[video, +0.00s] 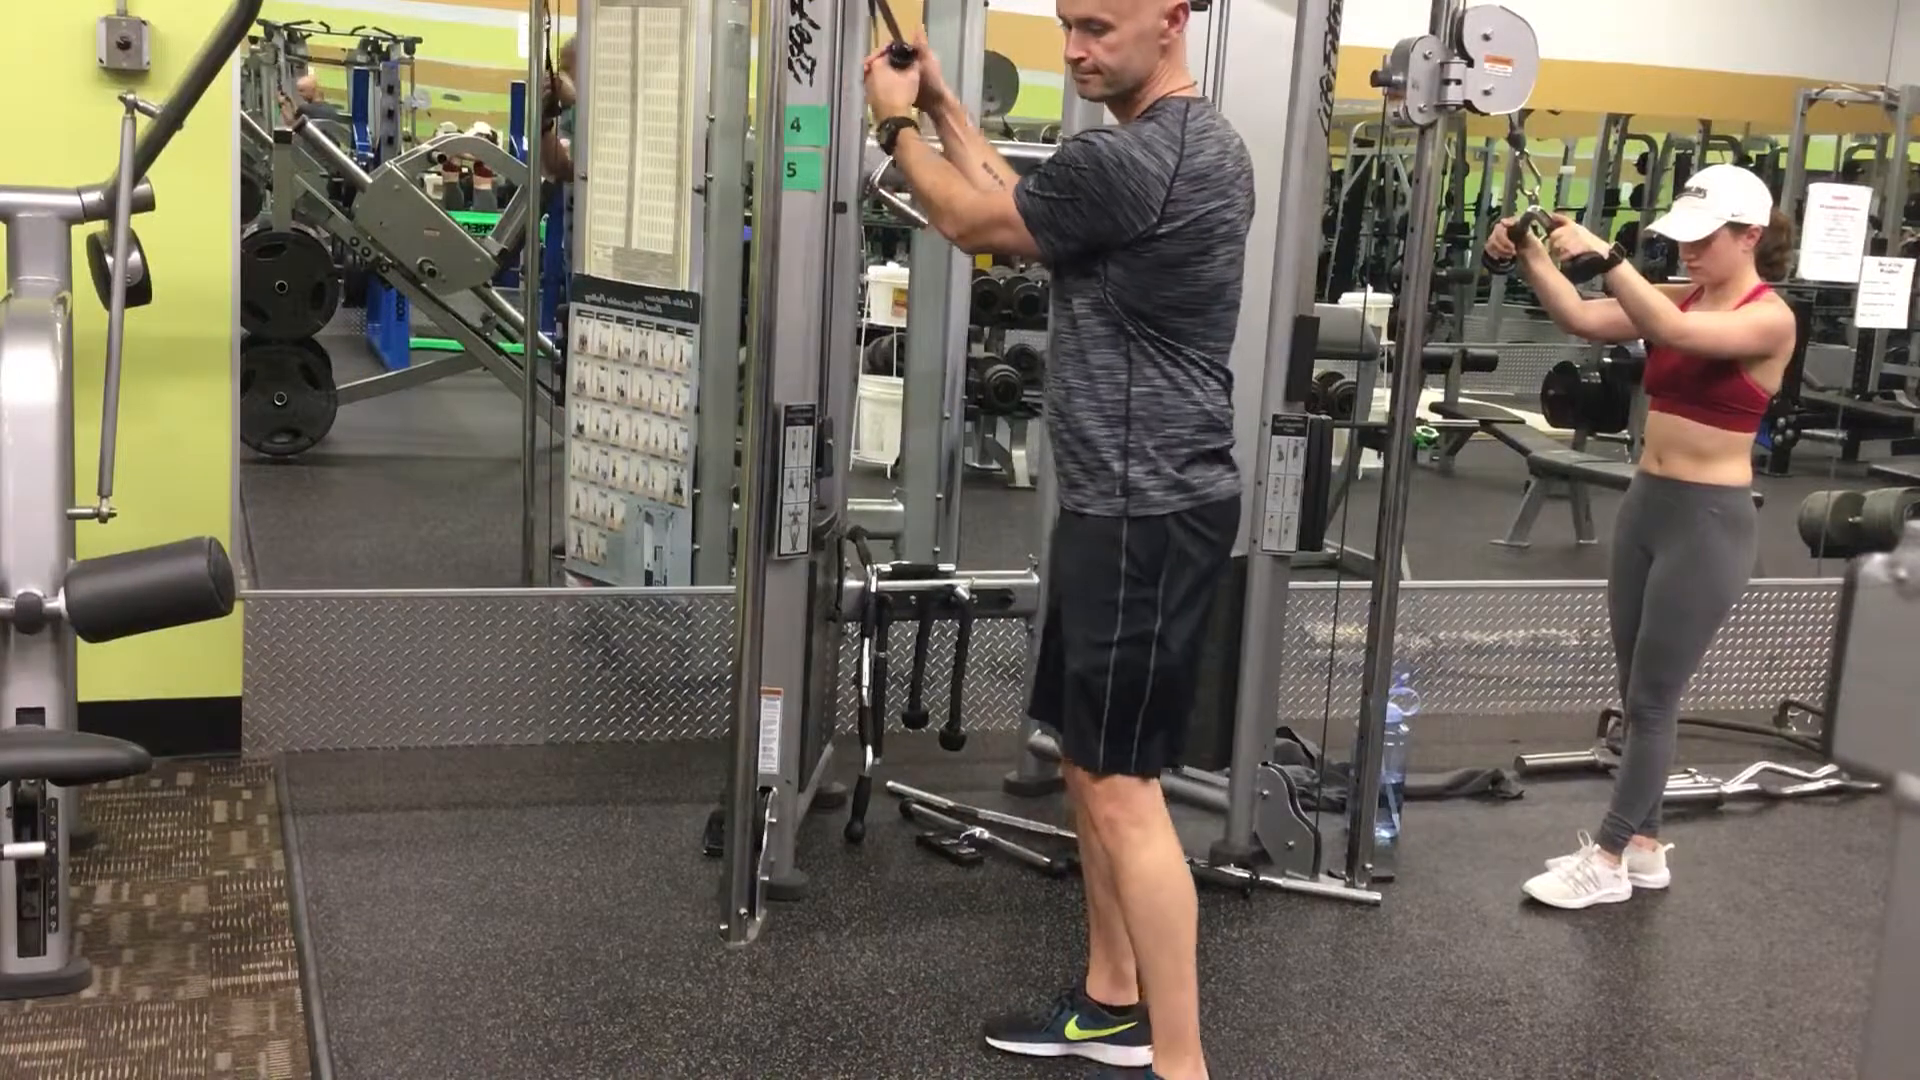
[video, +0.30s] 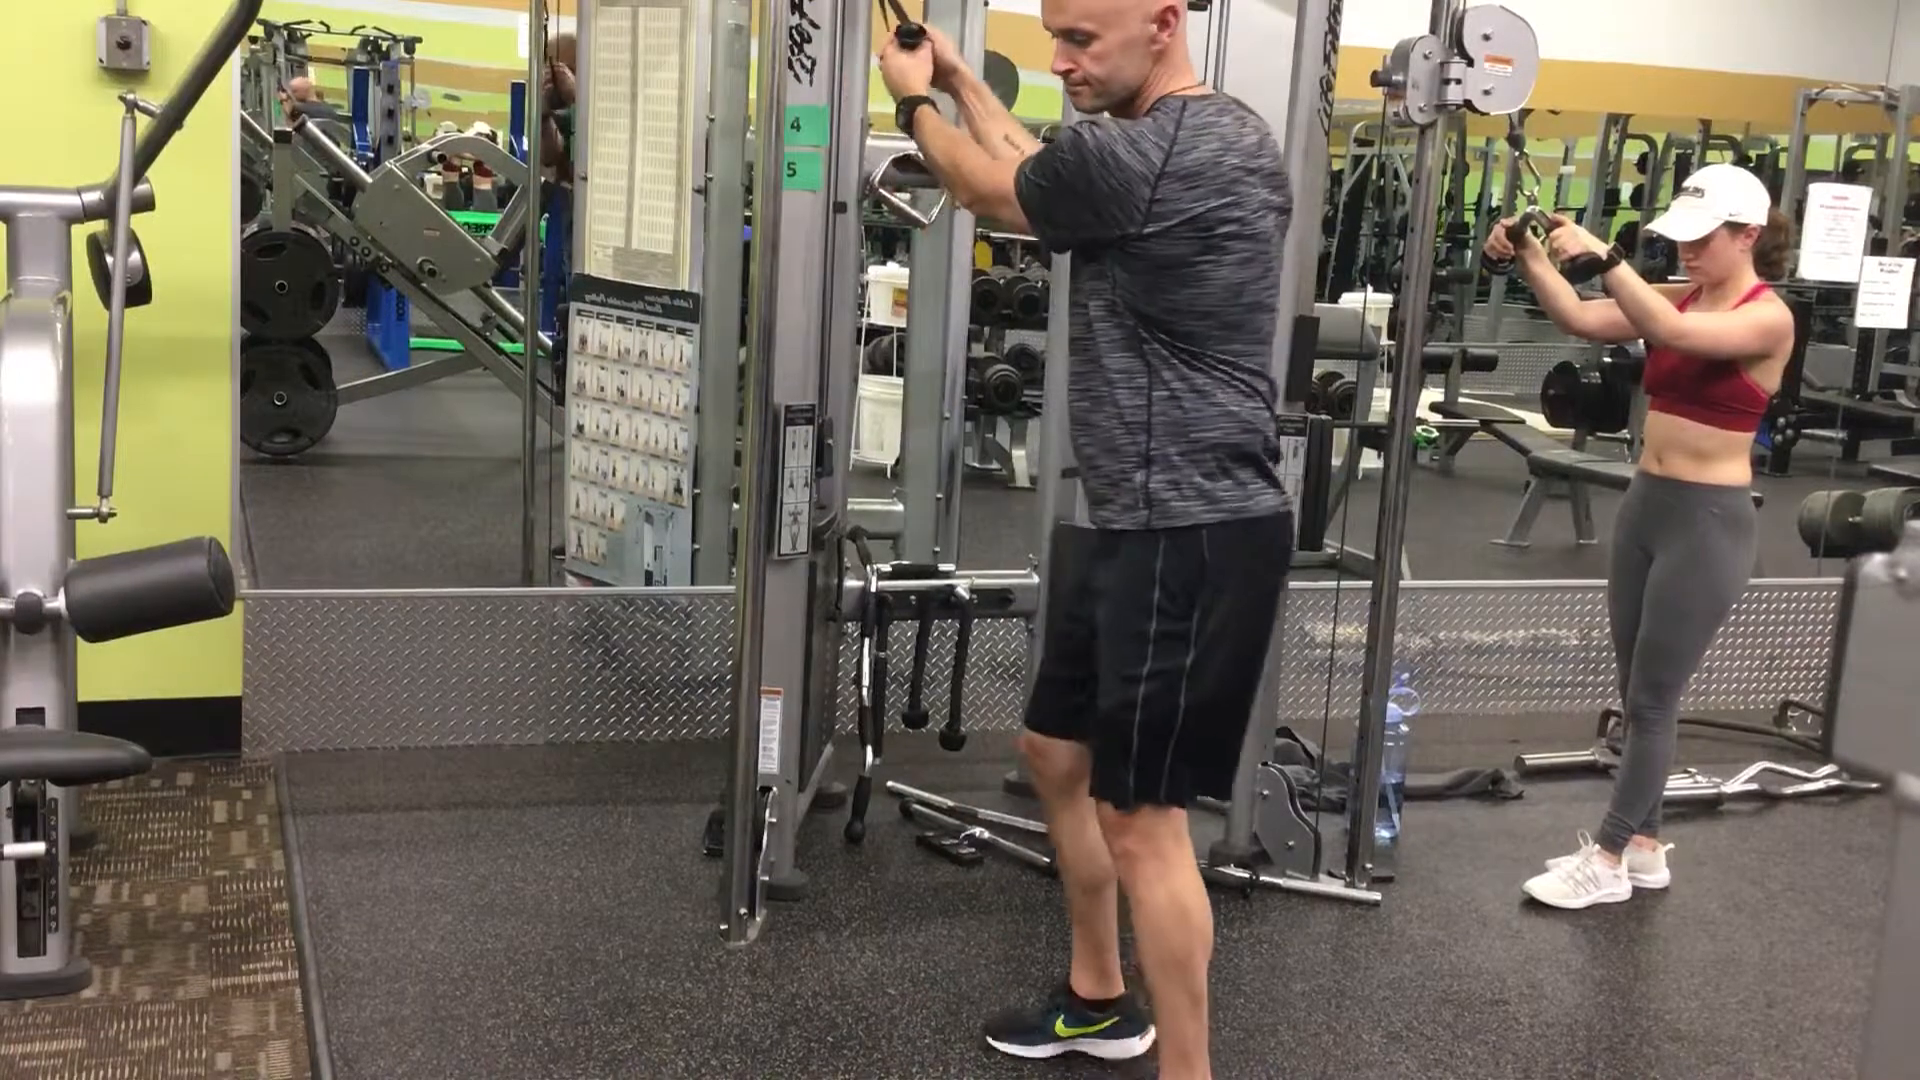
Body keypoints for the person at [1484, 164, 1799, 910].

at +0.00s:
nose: (1685, 253)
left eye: (1700, 239)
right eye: (1681, 239)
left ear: (1749, 236)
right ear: (1681, 238)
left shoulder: (1772, 317)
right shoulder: (1679, 301)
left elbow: (1673, 328)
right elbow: (1584, 316)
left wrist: (1603, 254)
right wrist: (1529, 257)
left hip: (1709, 523)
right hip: (1642, 508)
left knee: (1653, 698)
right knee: (1639, 692)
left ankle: (1605, 858)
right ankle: (1645, 846)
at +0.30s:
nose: (1684, 253)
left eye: (1698, 239)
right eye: (1679, 239)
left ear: (1747, 235)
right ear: (1680, 238)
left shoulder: (1771, 317)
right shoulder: (1678, 301)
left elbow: (1671, 329)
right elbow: (1583, 317)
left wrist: (1602, 255)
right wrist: (1527, 256)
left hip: (1709, 523)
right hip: (1642, 508)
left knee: (1652, 699)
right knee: (1640, 692)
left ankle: (1605, 859)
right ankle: (1645, 846)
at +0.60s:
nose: (1682, 253)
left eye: (1697, 239)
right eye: (1678, 240)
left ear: (1745, 237)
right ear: (1678, 239)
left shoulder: (1769, 317)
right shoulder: (1674, 301)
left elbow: (1670, 331)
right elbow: (1578, 317)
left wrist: (1601, 256)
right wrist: (1525, 256)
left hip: (1709, 524)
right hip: (1642, 508)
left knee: (1651, 699)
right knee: (1640, 693)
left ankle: (1605, 859)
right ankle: (1645, 846)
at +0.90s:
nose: (1681, 253)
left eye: (1696, 239)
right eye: (1677, 240)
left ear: (1744, 236)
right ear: (1677, 238)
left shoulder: (1768, 316)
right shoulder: (1673, 301)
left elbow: (1669, 331)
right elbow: (1576, 317)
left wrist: (1601, 257)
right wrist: (1524, 258)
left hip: (1709, 524)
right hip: (1642, 509)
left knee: (1651, 699)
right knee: (1639, 693)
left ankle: (1606, 858)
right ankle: (1645, 845)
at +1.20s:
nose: (1681, 253)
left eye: (1695, 239)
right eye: (1676, 240)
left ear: (1744, 235)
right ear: (1677, 238)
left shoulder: (1768, 317)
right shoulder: (1674, 300)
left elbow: (1669, 330)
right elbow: (1577, 318)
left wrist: (1601, 256)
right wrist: (1524, 258)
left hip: (1709, 523)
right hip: (1642, 508)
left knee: (1652, 699)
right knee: (1639, 693)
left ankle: (1606, 858)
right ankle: (1645, 846)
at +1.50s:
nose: (1681, 252)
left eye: (1696, 239)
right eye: (1678, 239)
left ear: (1745, 236)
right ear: (1679, 238)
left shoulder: (1769, 318)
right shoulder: (1675, 300)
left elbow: (1670, 331)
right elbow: (1579, 319)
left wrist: (1602, 257)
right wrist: (1525, 257)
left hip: (1709, 524)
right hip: (1642, 510)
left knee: (1652, 699)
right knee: (1639, 693)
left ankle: (1606, 859)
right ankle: (1646, 846)